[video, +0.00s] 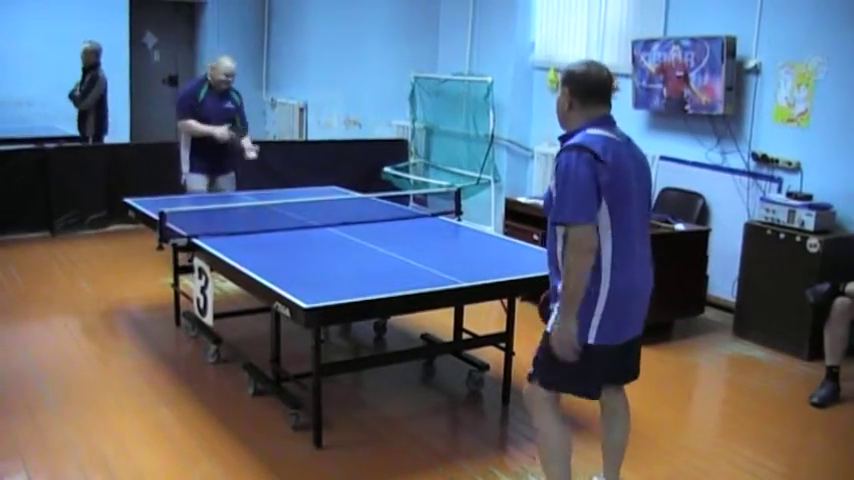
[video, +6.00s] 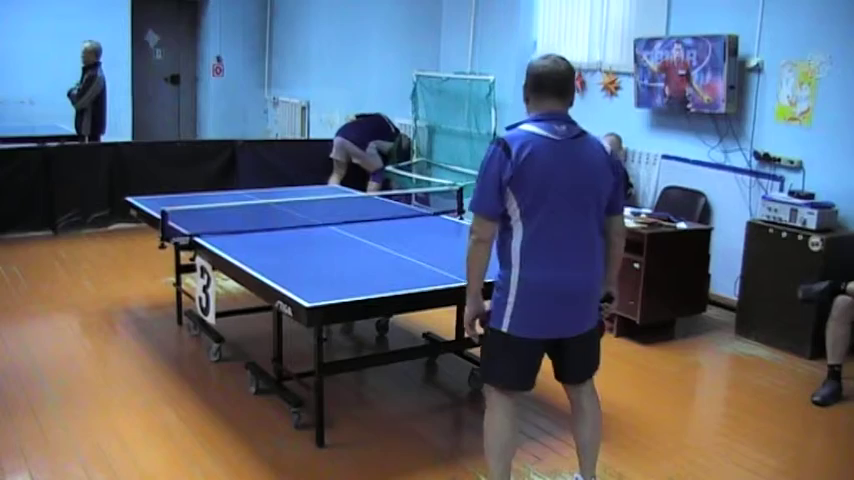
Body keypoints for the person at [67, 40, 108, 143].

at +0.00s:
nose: (84, 58)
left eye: (88, 54)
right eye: (83, 54)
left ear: (96, 56)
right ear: (82, 55)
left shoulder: (97, 77)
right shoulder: (86, 75)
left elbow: (85, 103)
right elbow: (74, 92)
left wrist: (75, 94)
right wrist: (78, 97)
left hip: (95, 128)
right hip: (85, 127)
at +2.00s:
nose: (84, 57)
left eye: (88, 54)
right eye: (84, 53)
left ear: (97, 57)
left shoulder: (96, 77)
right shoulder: (88, 74)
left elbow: (81, 103)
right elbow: (76, 89)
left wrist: (74, 92)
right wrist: (77, 94)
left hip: (92, 129)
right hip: (85, 128)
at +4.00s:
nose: (85, 57)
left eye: (89, 54)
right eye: (85, 53)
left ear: (97, 56)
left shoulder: (96, 76)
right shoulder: (88, 73)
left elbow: (81, 101)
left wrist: (74, 91)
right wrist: (76, 92)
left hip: (92, 128)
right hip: (85, 127)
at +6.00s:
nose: (83, 56)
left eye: (86, 53)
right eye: (83, 52)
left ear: (95, 55)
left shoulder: (95, 76)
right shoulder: (87, 73)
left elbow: (80, 102)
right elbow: (76, 88)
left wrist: (72, 92)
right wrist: (75, 93)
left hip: (91, 128)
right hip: (84, 126)